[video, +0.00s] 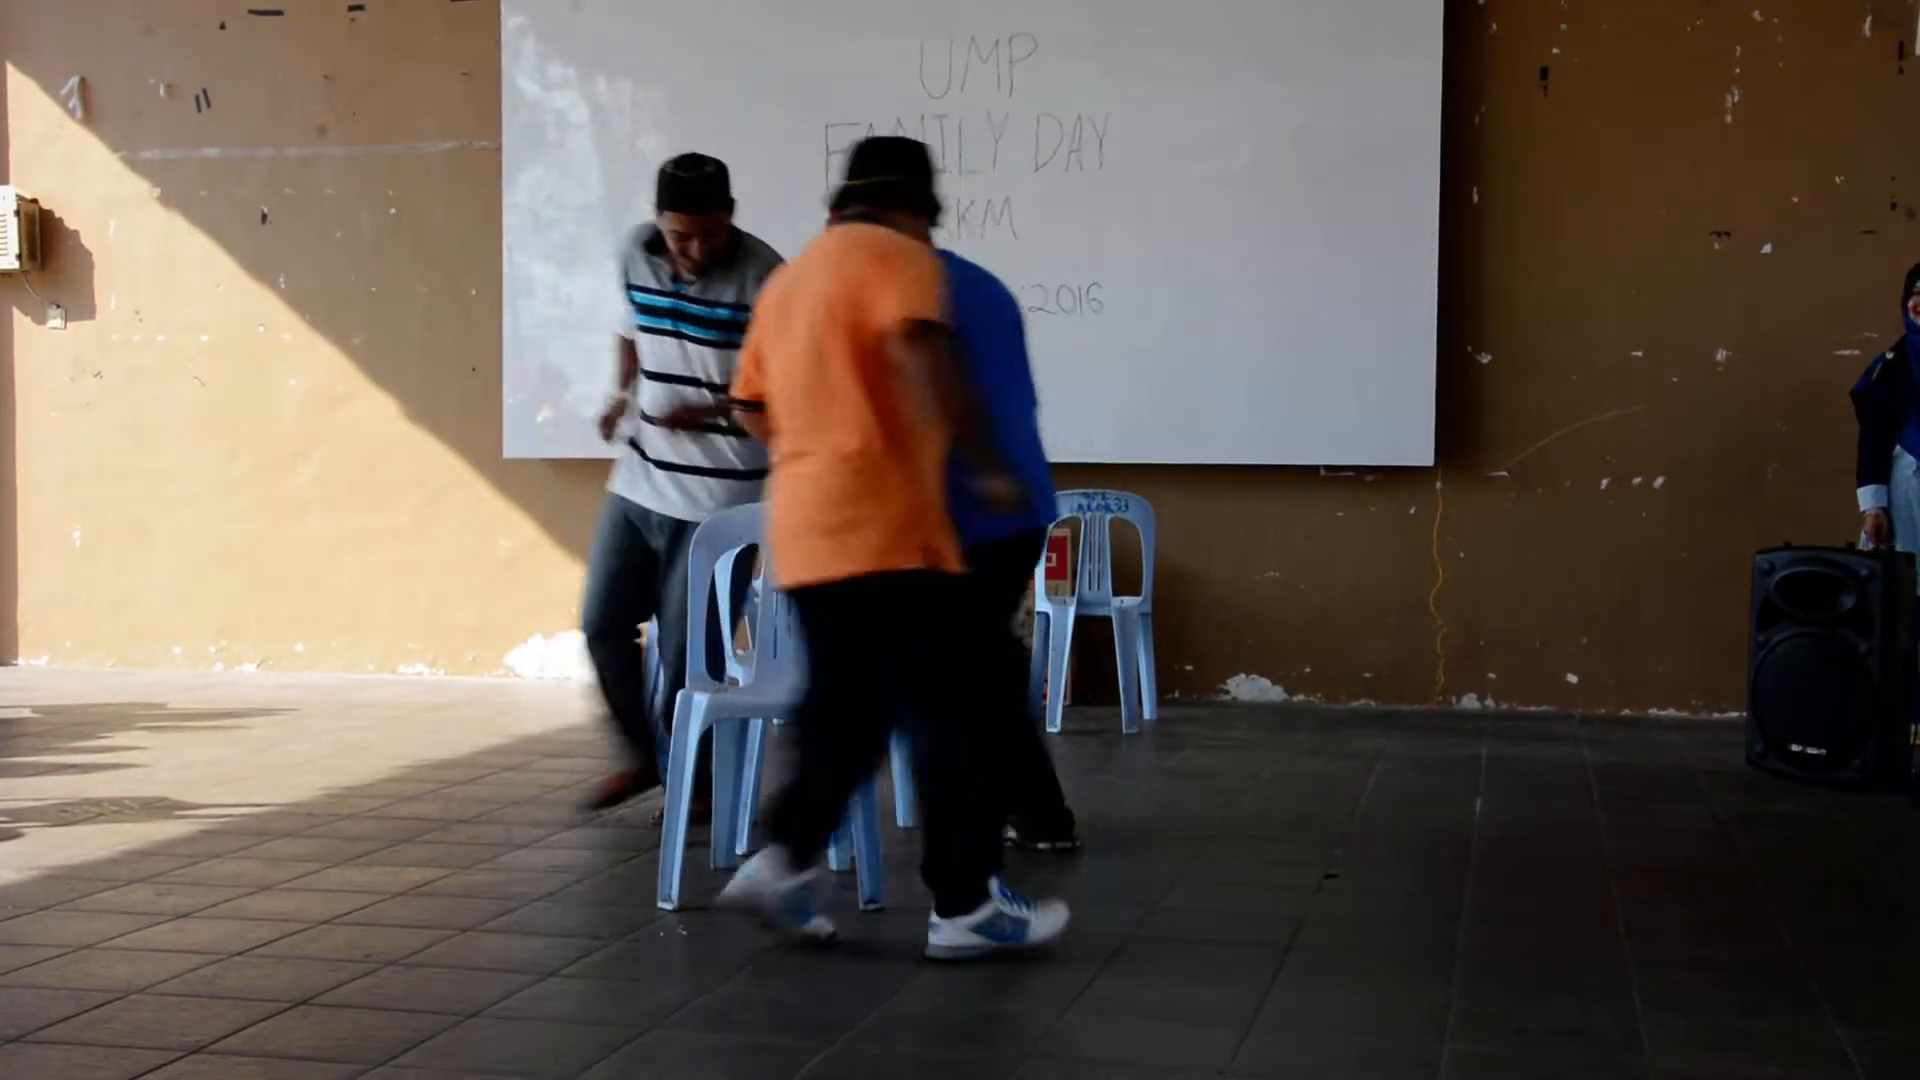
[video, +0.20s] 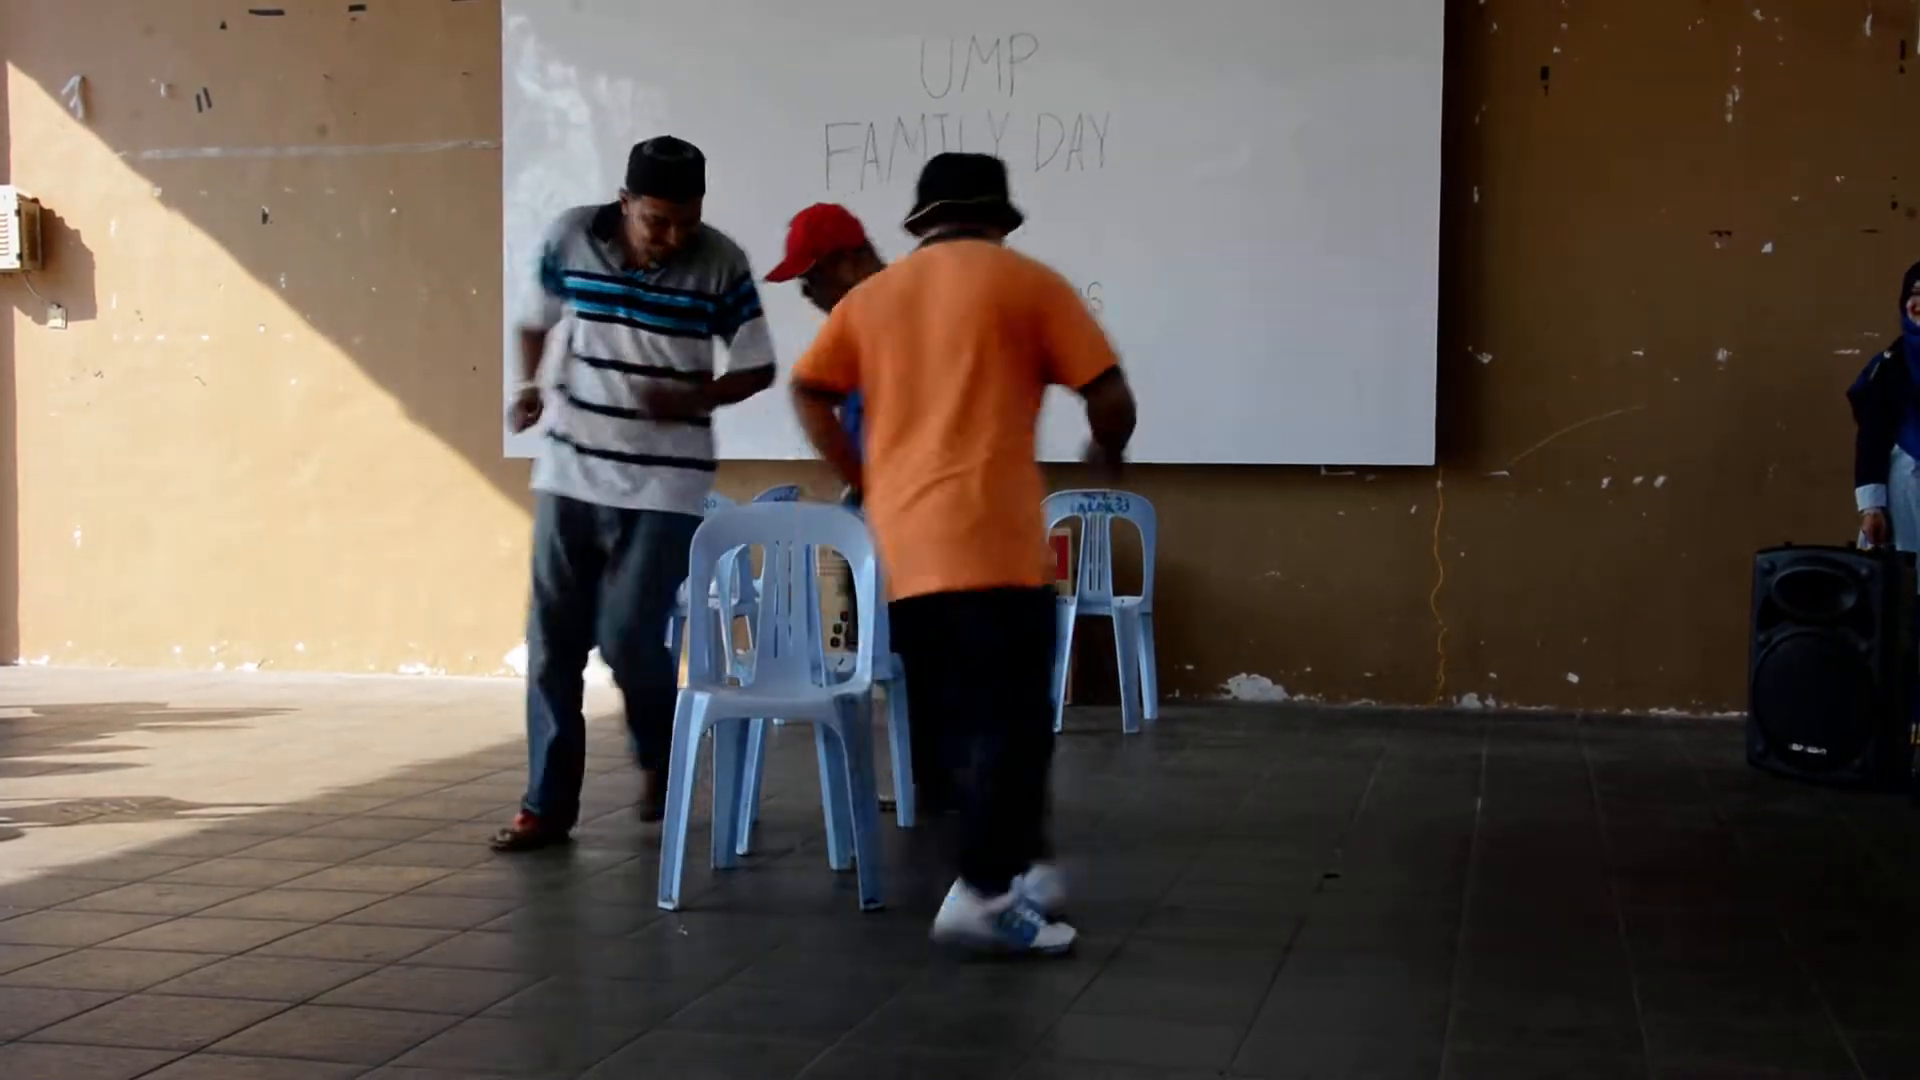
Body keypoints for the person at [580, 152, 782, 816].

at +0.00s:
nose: (691, 250)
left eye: (705, 236)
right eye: (678, 236)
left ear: (730, 219)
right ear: (659, 221)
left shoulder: (764, 277)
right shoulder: (638, 252)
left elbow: (784, 392)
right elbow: (633, 328)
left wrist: (707, 412)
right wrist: (623, 392)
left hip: (715, 506)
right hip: (638, 491)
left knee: (690, 656)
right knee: (603, 624)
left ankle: (698, 781)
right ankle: (641, 757)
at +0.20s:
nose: (670, 237)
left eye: (685, 223)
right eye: (656, 222)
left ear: (700, 209)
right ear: (625, 199)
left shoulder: (720, 264)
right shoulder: (573, 239)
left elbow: (758, 368)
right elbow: (536, 318)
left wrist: (697, 399)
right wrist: (529, 383)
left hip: (664, 490)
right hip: (571, 479)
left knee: (627, 637)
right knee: (552, 649)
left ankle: (661, 766)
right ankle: (548, 807)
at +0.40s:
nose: (675, 224)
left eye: (688, 211)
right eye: (663, 209)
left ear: (701, 199)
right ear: (626, 185)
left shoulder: (699, 257)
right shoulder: (545, 217)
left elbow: (706, 339)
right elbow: (479, 304)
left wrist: (687, 388)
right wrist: (528, 343)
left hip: (635, 487)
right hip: (535, 477)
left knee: (597, 660)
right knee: (514, 651)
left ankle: (556, 824)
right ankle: (526, 799)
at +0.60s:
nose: (687, 229)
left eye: (698, 217)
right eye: (682, 212)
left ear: (694, 202)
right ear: (644, 180)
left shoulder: (685, 264)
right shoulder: (540, 213)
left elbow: (684, 361)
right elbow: (457, 296)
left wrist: (693, 419)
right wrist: (509, 363)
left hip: (618, 498)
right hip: (518, 483)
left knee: (590, 680)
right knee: (498, 670)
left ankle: (548, 823)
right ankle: (465, 852)